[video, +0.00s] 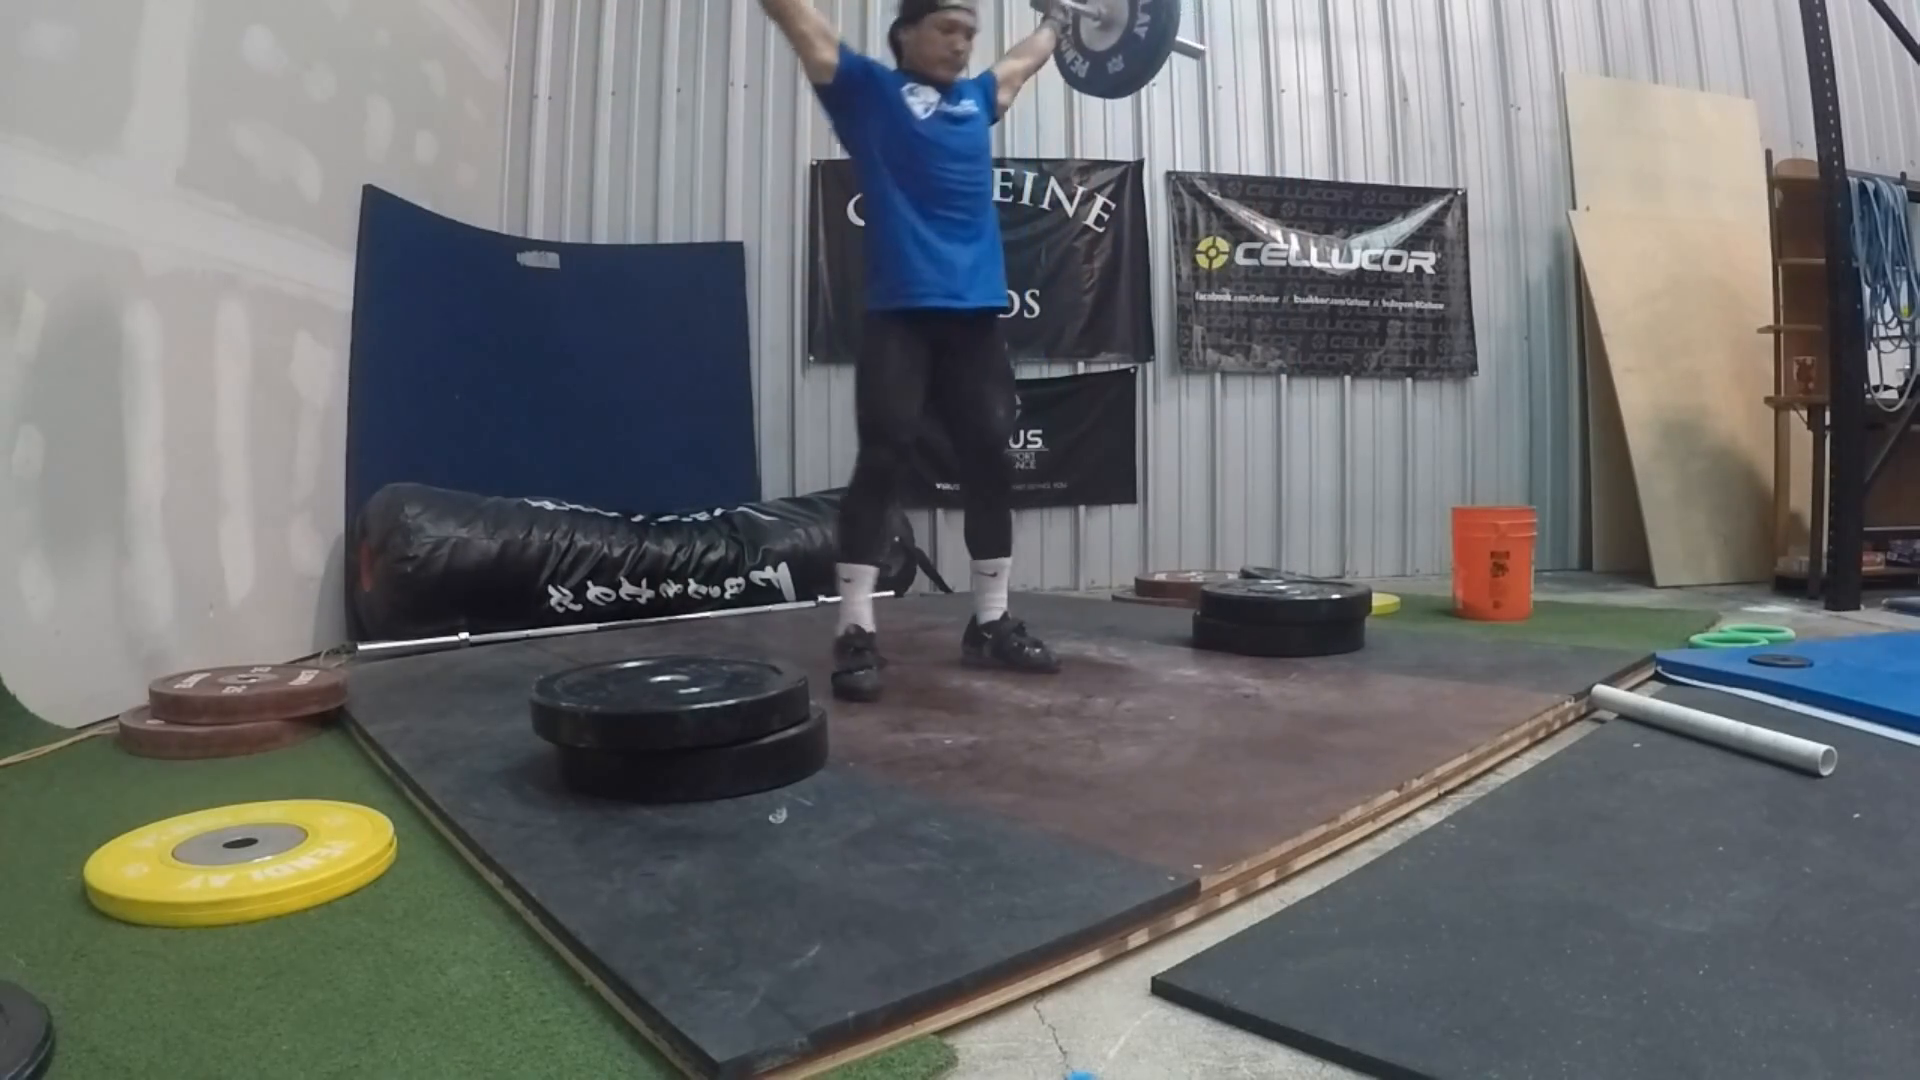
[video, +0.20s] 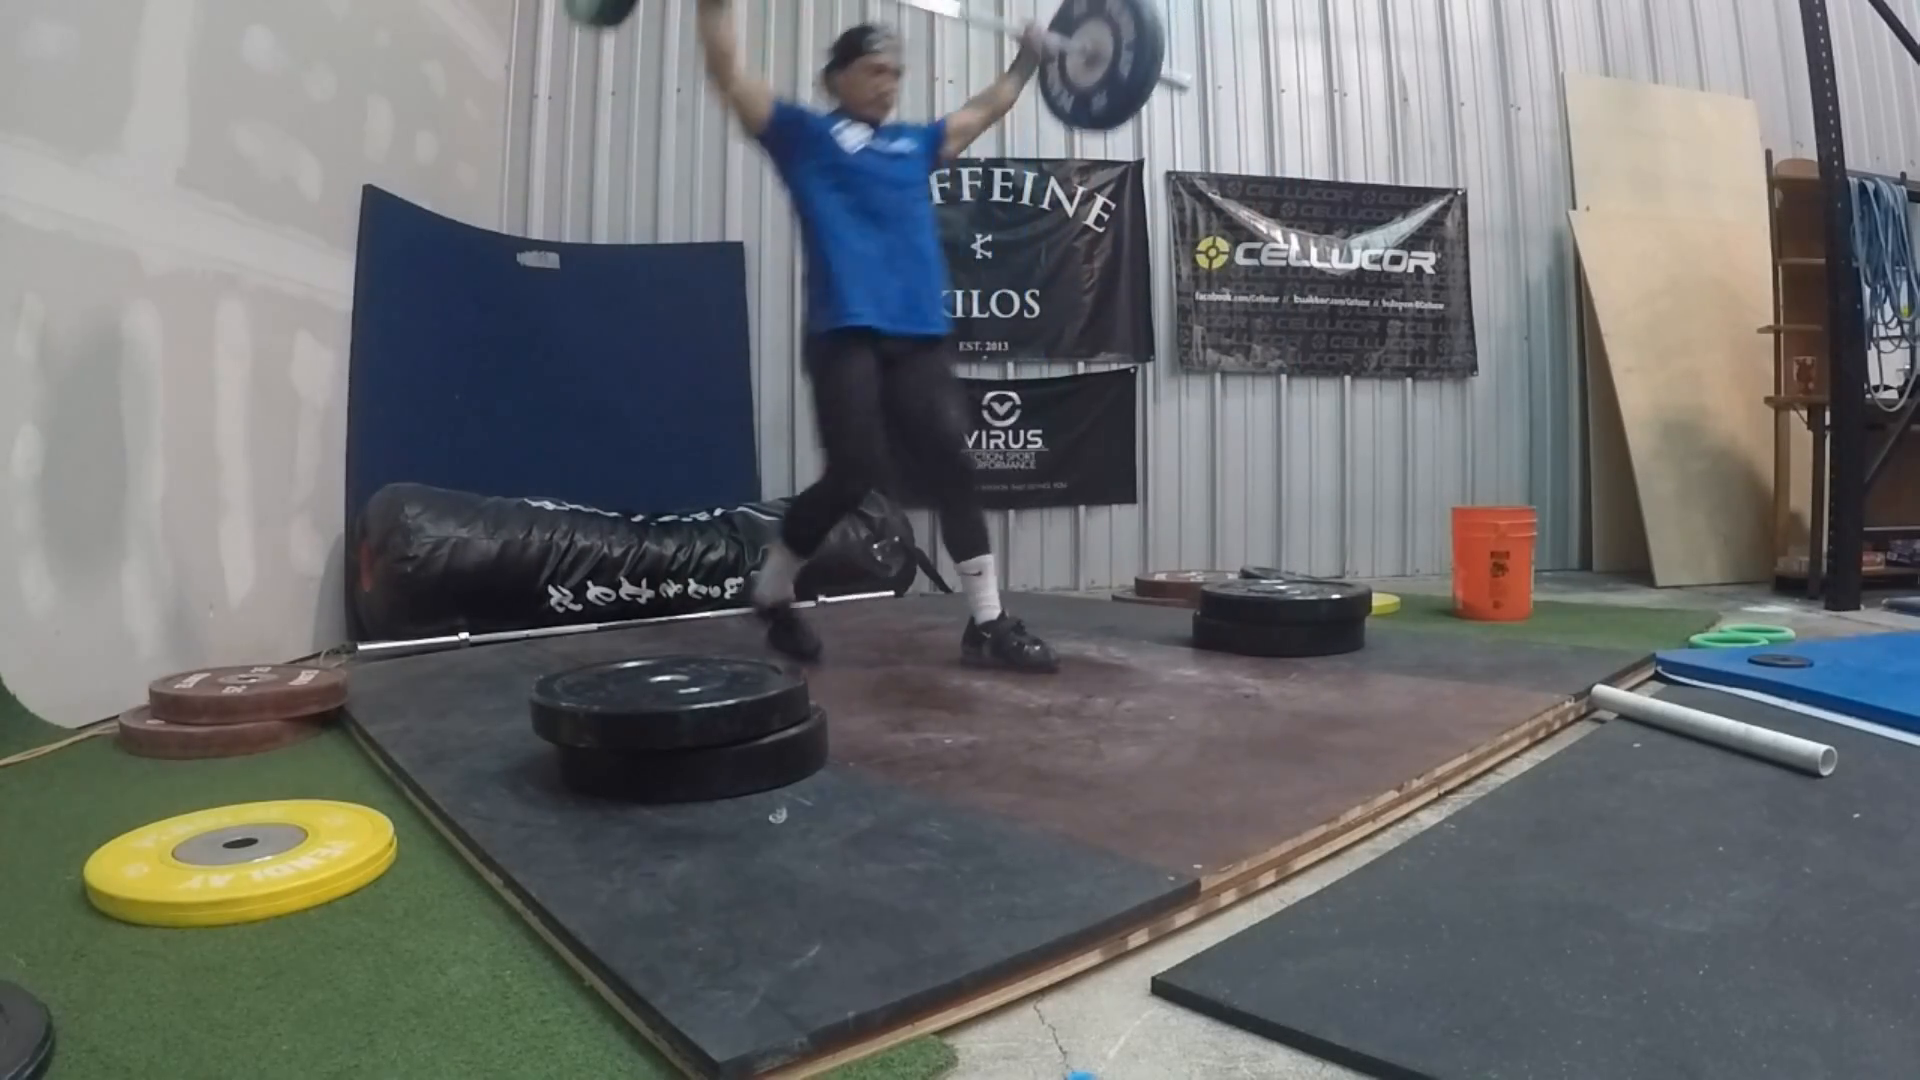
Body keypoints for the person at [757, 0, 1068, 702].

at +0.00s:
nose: (962, 44)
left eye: (968, 34)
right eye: (948, 30)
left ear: (972, 45)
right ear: (904, 37)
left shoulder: (977, 98)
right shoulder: (869, 89)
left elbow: (1021, 63)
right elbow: (800, 22)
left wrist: (1063, 22)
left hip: (976, 319)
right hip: (898, 319)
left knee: (991, 457)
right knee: (884, 457)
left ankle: (991, 621)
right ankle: (856, 631)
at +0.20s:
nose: (889, 84)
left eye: (895, 74)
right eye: (876, 72)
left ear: (899, 79)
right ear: (838, 77)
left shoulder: (917, 141)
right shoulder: (804, 134)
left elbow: (985, 110)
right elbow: (727, 70)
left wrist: (1027, 59)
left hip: (920, 340)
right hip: (846, 339)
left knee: (952, 462)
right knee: (853, 470)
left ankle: (989, 622)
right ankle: (770, 598)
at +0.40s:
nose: (827, 105)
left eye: (835, 97)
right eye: (815, 91)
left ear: (838, 108)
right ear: (778, 97)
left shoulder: (842, 182)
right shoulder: (744, 156)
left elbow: (919, 218)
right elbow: (668, 206)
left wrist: (992, 207)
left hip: (834, 349)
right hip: (765, 347)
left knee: (895, 447)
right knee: (780, 465)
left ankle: (922, 598)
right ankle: (750, 613)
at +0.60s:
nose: (805, 117)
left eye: (814, 108)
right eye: (795, 104)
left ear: (818, 113)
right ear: (759, 101)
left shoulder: (824, 184)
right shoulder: (717, 158)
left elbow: (843, 265)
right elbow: (667, 228)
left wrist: (885, 323)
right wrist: (685, 293)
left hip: (795, 347)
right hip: (727, 340)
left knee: (820, 457)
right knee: (743, 450)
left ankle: (778, 572)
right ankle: (735, 589)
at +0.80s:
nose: (803, 169)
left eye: (811, 159)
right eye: (792, 155)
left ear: (816, 163)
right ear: (757, 153)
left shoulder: (816, 231)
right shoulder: (710, 210)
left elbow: (836, 310)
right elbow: (678, 284)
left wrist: (857, 360)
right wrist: (711, 338)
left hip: (759, 374)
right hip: (704, 366)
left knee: (755, 466)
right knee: (737, 459)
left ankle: (702, 581)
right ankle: (737, 601)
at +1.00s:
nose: (807, 231)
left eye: (815, 221)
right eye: (798, 217)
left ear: (821, 223)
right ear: (766, 209)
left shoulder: (816, 274)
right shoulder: (711, 248)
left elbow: (844, 344)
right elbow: (685, 323)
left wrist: (876, 388)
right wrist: (720, 364)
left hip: (740, 386)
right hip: (687, 379)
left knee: (735, 481)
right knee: (704, 462)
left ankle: (718, 579)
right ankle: (704, 592)